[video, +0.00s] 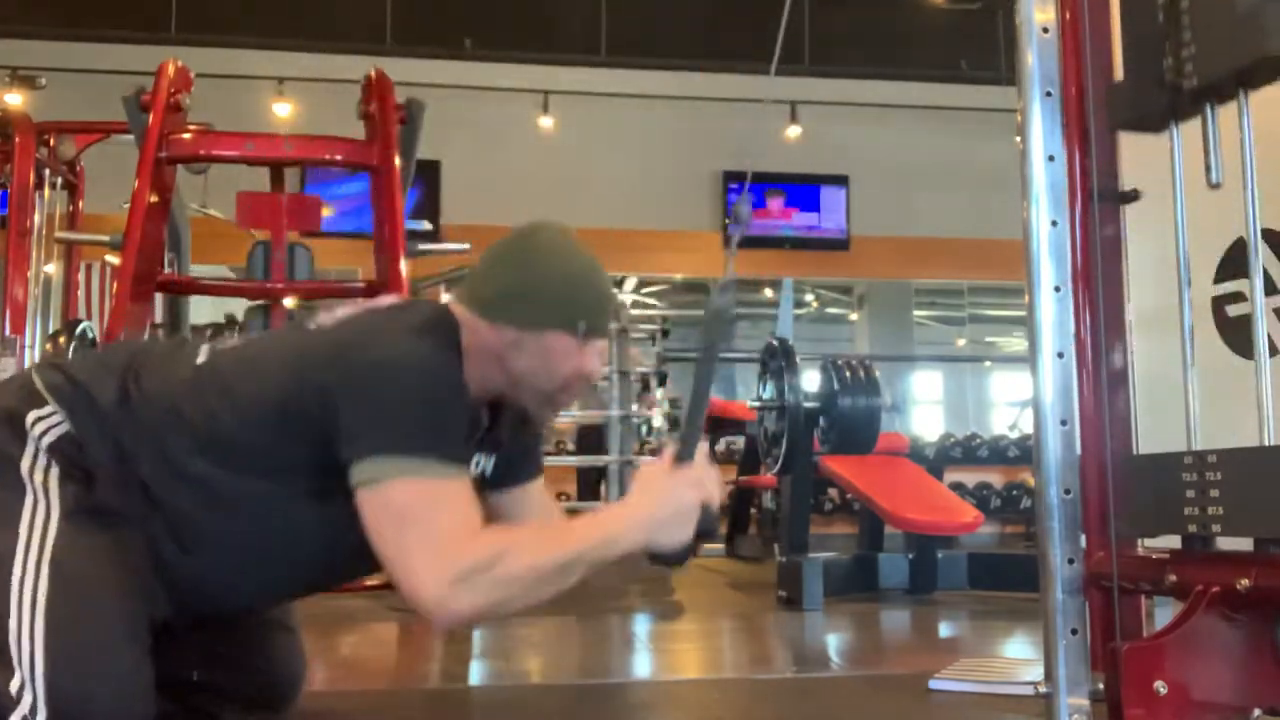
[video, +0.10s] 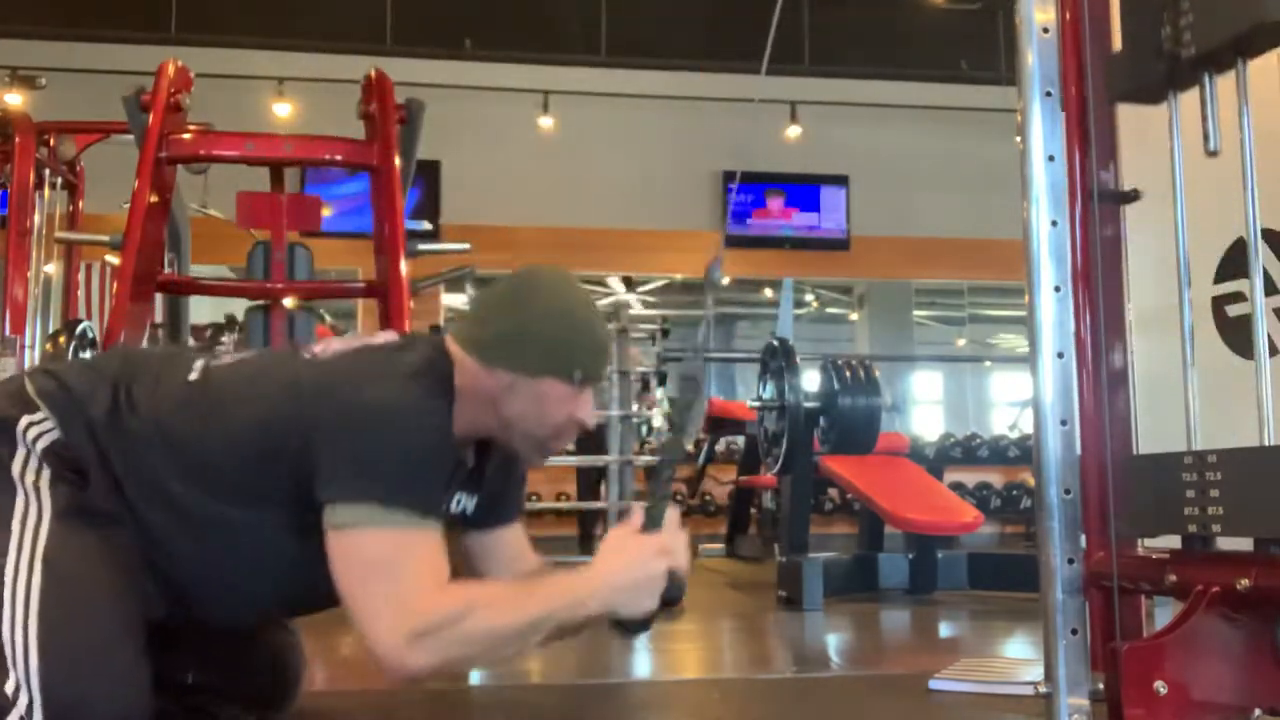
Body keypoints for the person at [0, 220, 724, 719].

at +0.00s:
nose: (596, 364)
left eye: (599, 343)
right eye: (586, 338)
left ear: (519, 329)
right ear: (521, 325)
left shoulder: (502, 408)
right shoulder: (402, 363)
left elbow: (529, 558)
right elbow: (448, 586)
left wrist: (641, 526)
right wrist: (634, 520)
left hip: (182, 505)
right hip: (75, 444)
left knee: (260, 674)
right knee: (82, 701)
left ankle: (77, 661)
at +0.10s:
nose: (590, 416)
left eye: (594, 391)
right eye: (580, 387)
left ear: (524, 378)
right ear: (513, 373)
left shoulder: (483, 434)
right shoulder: (386, 409)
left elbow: (511, 588)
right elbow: (408, 639)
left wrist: (609, 588)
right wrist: (598, 587)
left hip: (175, 499)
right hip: (62, 453)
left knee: (261, 677)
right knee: (79, 699)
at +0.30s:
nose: (578, 475)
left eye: (584, 451)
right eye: (568, 447)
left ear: (501, 435)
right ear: (497, 429)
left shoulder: (468, 477)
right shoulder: (368, 463)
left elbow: (474, 627)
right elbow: (348, 688)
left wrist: (563, 650)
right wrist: (542, 655)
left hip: (178, 492)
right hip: (62, 455)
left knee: (251, 690)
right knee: (80, 704)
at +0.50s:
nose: (582, 481)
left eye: (588, 458)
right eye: (572, 454)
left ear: (508, 441)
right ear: (503, 433)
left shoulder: (469, 486)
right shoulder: (374, 467)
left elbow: (480, 638)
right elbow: (352, 691)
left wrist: (572, 647)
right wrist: (550, 668)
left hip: (175, 494)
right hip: (60, 450)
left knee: (249, 688)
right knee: (79, 701)